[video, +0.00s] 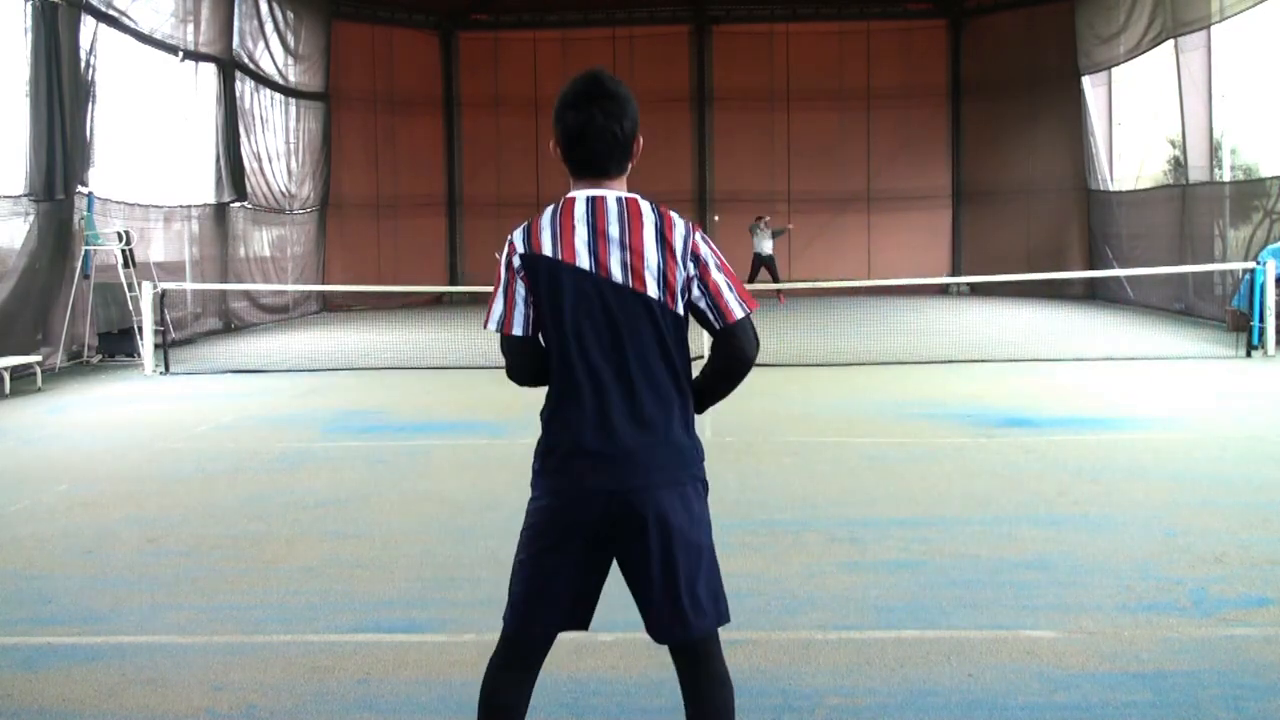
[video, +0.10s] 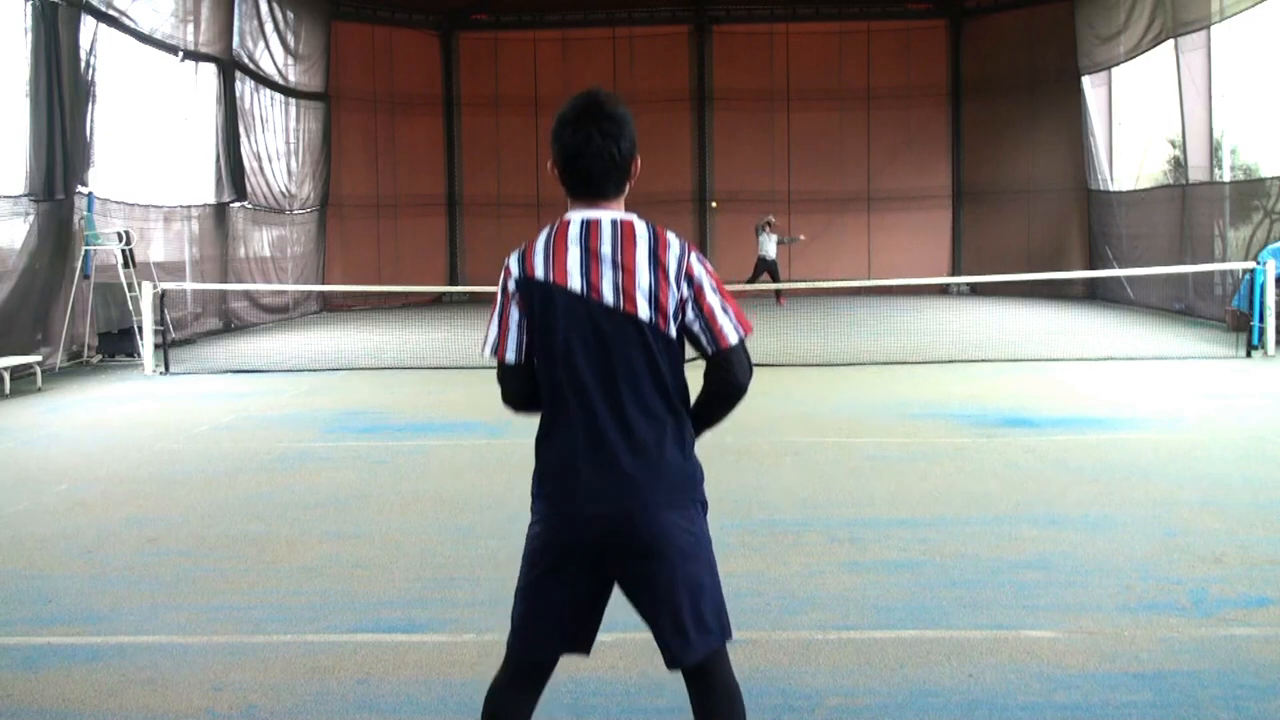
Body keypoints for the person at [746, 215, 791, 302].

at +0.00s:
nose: (762, 224)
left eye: (763, 222)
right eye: (760, 222)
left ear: (765, 223)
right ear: (757, 223)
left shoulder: (770, 232)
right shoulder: (755, 232)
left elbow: (779, 232)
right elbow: (753, 228)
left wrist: (786, 229)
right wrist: (763, 220)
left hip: (768, 255)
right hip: (758, 255)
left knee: (775, 276)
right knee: (752, 276)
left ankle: (779, 293)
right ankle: (747, 293)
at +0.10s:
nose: (766, 228)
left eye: (767, 226)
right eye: (765, 227)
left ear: (770, 228)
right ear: (763, 228)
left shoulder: (774, 237)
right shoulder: (761, 235)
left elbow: (785, 239)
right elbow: (758, 227)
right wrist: (767, 220)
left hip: (772, 260)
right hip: (762, 259)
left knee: (777, 281)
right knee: (754, 278)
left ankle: (779, 299)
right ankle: (742, 289)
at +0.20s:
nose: (771, 232)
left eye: (773, 230)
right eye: (770, 230)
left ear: (775, 232)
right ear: (767, 232)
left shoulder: (777, 242)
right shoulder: (765, 239)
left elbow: (785, 249)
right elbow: (762, 230)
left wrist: (794, 250)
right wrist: (768, 223)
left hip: (774, 264)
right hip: (765, 263)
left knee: (779, 282)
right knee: (757, 280)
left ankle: (778, 300)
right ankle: (745, 291)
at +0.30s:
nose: (774, 233)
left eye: (775, 231)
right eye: (772, 231)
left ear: (777, 232)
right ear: (769, 232)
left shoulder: (778, 243)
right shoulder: (766, 239)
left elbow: (781, 252)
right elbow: (763, 232)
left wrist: (784, 258)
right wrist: (768, 224)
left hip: (774, 264)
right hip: (765, 263)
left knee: (780, 282)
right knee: (758, 281)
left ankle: (778, 300)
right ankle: (748, 297)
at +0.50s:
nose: (768, 231)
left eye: (770, 229)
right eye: (766, 228)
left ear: (772, 231)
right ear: (764, 230)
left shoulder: (773, 241)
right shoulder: (761, 239)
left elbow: (774, 252)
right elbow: (757, 243)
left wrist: (775, 262)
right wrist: (763, 234)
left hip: (770, 262)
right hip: (761, 261)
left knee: (775, 281)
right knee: (761, 280)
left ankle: (778, 299)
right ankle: (757, 298)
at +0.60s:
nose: (764, 232)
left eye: (766, 230)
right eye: (762, 230)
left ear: (767, 231)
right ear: (759, 231)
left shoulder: (769, 242)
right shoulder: (756, 240)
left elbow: (771, 251)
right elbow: (749, 248)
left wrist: (772, 259)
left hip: (767, 263)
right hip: (758, 263)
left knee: (773, 282)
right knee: (761, 282)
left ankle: (774, 299)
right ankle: (758, 300)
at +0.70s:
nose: (760, 231)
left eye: (761, 229)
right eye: (758, 229)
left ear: (763, 230)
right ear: (755, 231)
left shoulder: (766, 241)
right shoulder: (752, 240)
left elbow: (769, 250)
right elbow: (745, 249)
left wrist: (768, 253)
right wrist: (752, 252)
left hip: (764, 262)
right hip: (755, 263)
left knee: (768, 281)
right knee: (759, 281)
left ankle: (765, 298)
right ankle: (758, 299)